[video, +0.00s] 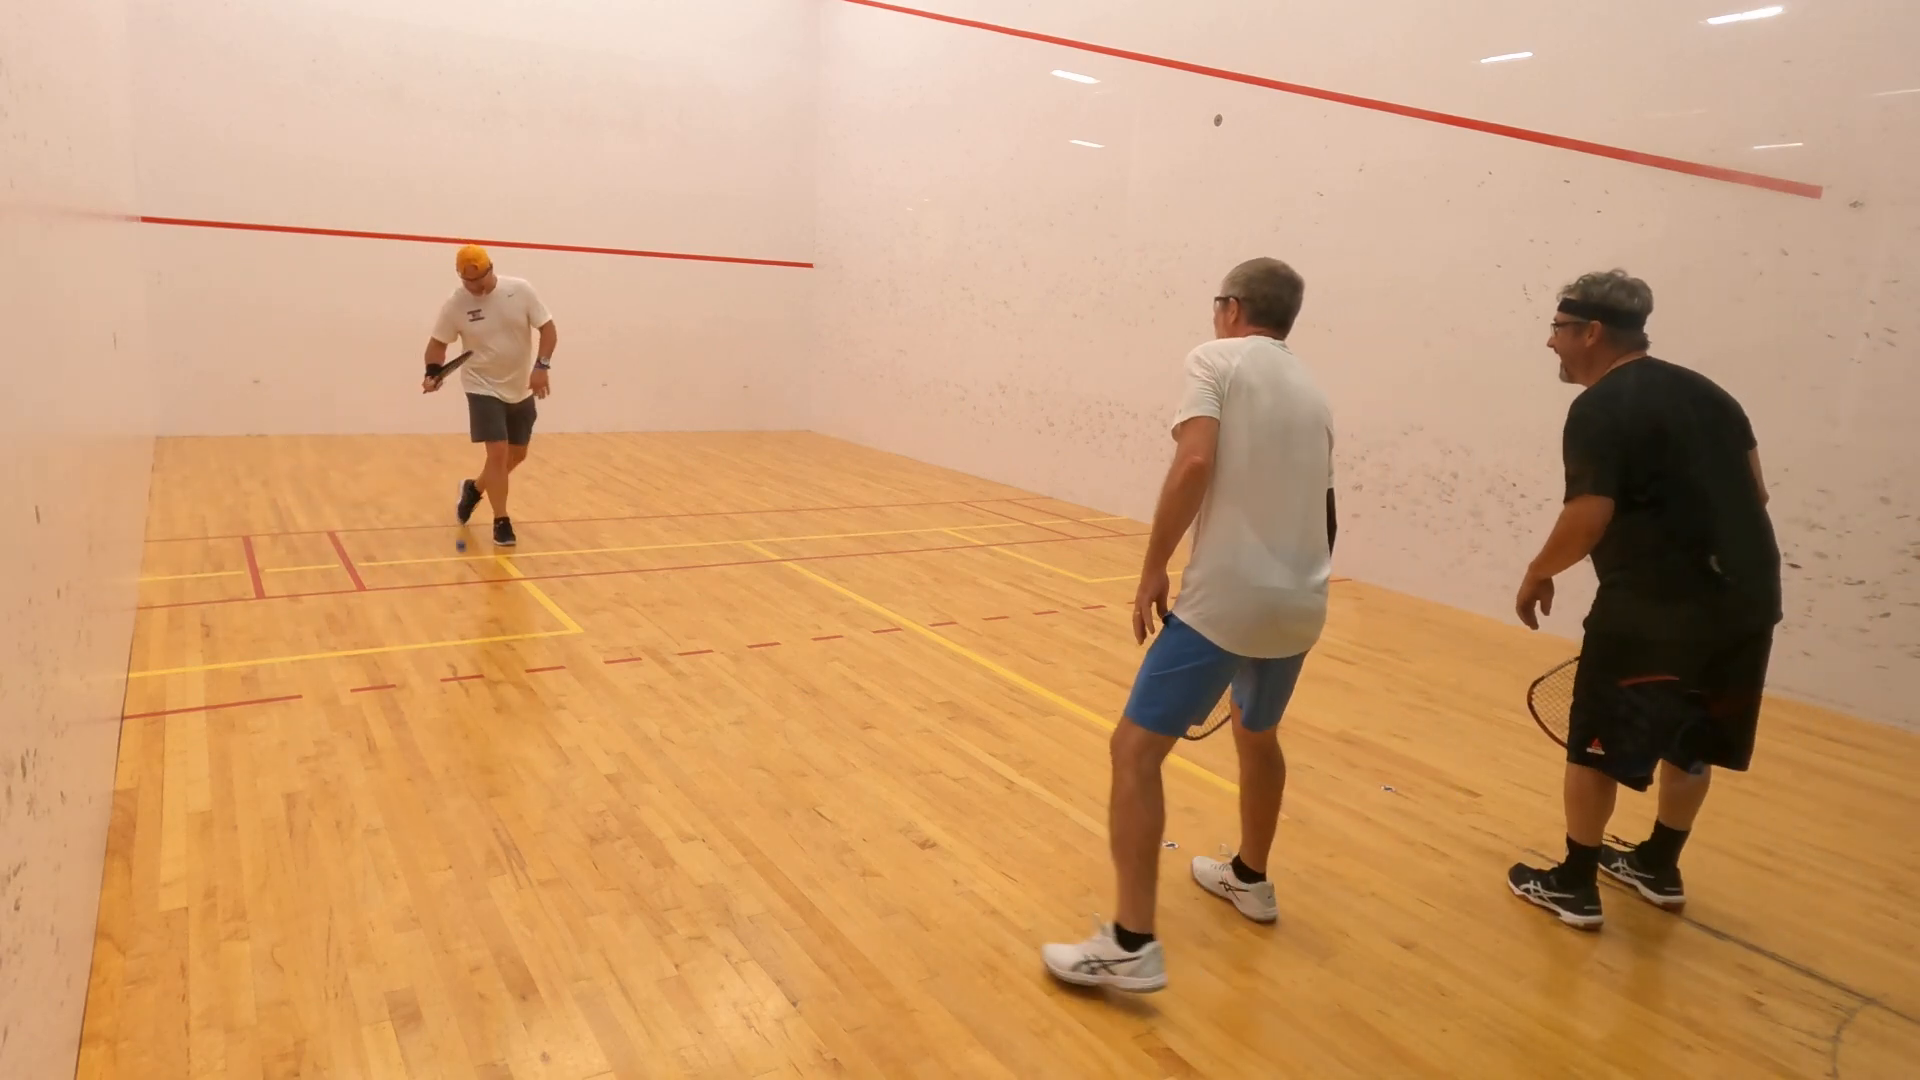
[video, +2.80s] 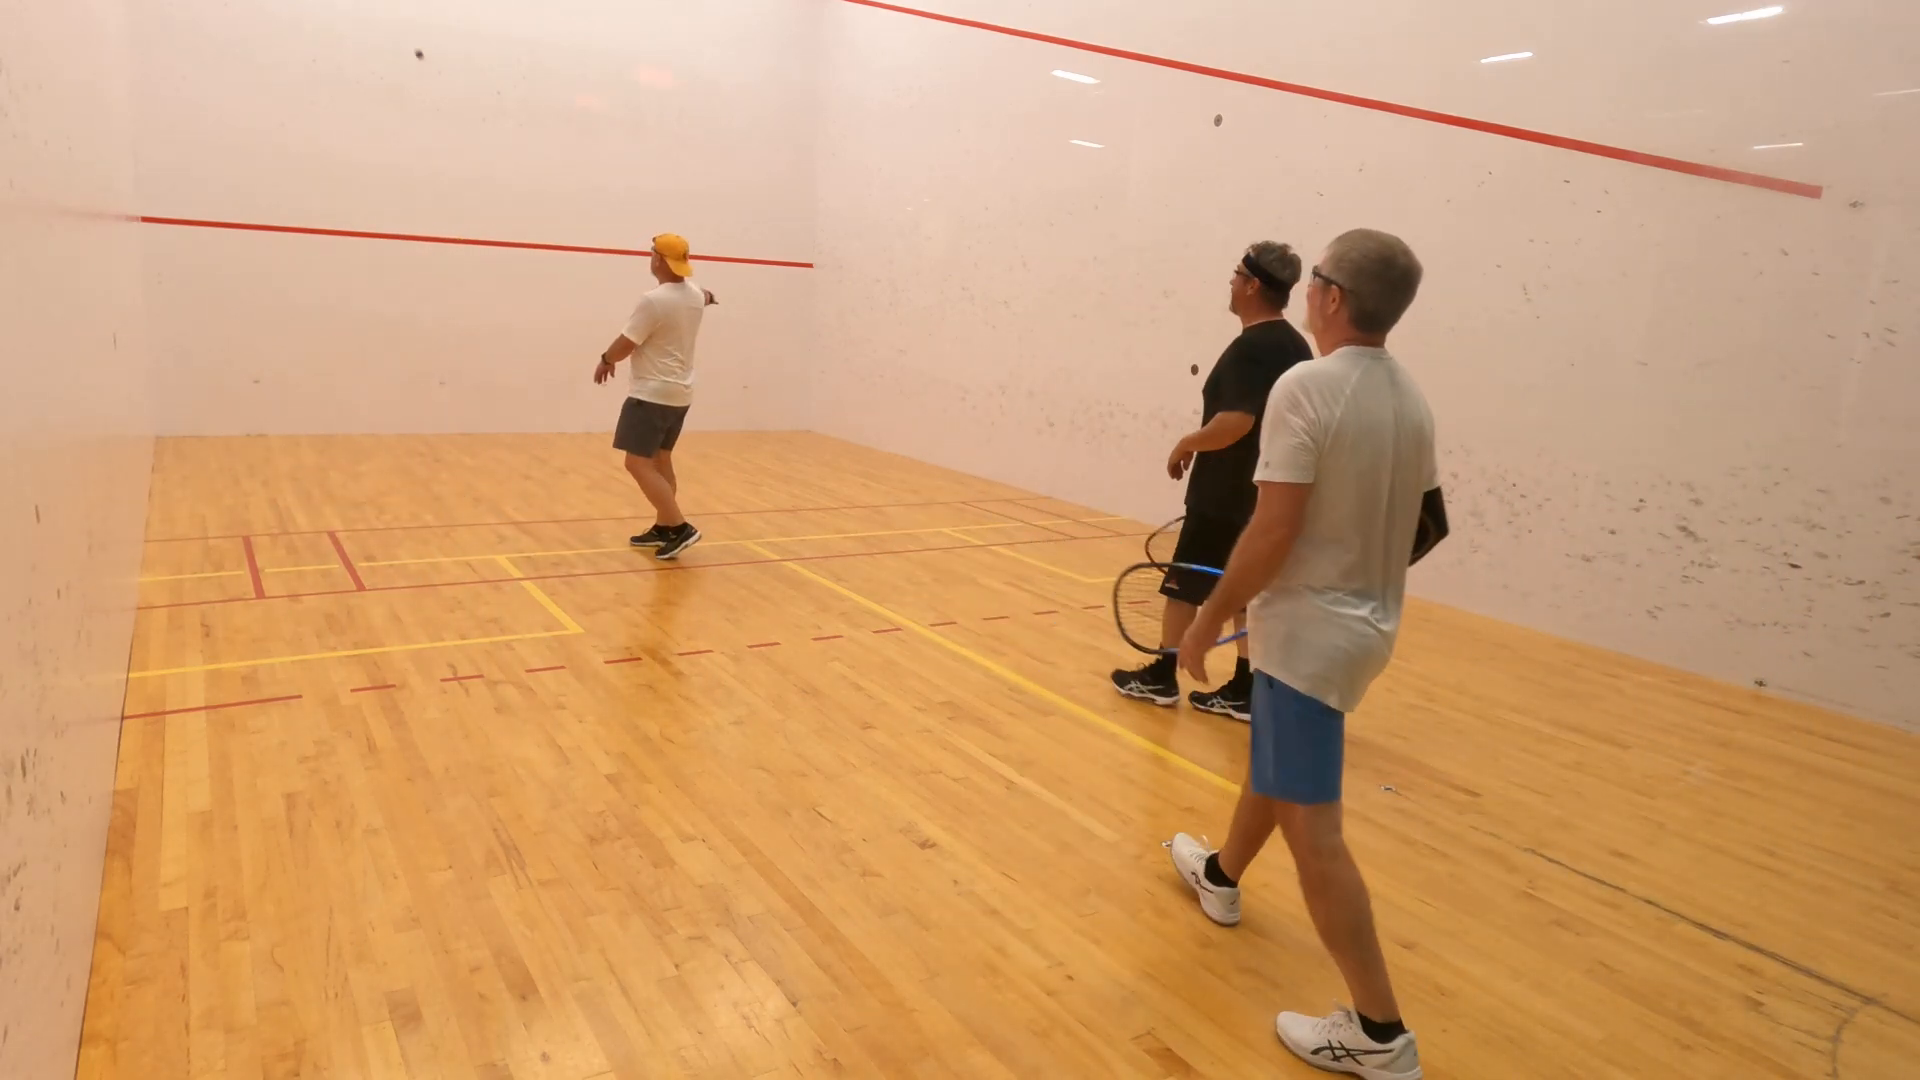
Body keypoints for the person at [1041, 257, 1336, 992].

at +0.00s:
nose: (1214, 321)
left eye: (1218, 309)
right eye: (1219, 310)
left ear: (1233, 311)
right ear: (1284, 322)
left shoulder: (1216, 360)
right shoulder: (1312, 392)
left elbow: (1195, 462)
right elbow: (1323, 521)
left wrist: (1155, 567)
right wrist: (1289, 604)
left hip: (1226, 597)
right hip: (1301, 605)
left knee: (1136, 747)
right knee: (1257, 730)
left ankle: (1132, 942)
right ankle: (1251, 877)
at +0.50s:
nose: (1062, 312)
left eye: (1063, 300)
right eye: (1065, 300)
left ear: (1077, 304)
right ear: (1136, 306)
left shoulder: (1067, 379)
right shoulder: (1183, 379)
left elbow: (1034, 506)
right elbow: (1211, 500)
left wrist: (1005, 599)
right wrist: (1154, 564)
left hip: (1110, 608)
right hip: (1196, 605)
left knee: (1029, 746)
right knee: (1206, 731)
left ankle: (1007, 920)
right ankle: (1235, 874)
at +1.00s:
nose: (1101, 286)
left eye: (1104, 276)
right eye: (1106, 274)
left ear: (1116, 282)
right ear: (1176, 287)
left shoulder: (1101, 363)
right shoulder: (1205, 364)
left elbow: (1056, 482)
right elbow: (1216, 481)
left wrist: (996, 445)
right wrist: (1101, 503)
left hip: (1115, 598)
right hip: (1196, 595)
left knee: (1052, 746)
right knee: (1203, 731)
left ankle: (1009, 917)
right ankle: (1217, 876)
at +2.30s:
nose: (1195, 293)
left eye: (1199, 282)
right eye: (1201, 281)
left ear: (1215, 290)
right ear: (1268, 300)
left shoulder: (1193, 362)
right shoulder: (1287, 376)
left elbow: (1167, 483)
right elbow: (1294, 478)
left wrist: (1123, 521)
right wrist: (1158, 511)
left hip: (1189, 593)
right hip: (1257, 594)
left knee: (1110, 735)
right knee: (1208, 718)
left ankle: (1094, 921)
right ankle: (1210, 876)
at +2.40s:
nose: (1216, 289)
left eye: (1221, 279)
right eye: (1220, 277)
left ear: (1235, 286)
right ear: (1294, 294)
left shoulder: (1216, 358)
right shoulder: (1309, 368)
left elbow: (1187, 480)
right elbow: (1296, 481)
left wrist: (1143, 514)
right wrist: (1172, 517)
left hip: (1207, 591)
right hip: (1273, 591)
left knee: (1138, 741)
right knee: (1215, 723)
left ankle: (1182, 933)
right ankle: (1210, 874)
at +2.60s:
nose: (1263, 296)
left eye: (1269, 286)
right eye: (1269, 284)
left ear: (1286, 298)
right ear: (1338, 308)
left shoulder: (1260, 381)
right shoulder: (1347, 386)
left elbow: (1217, 508)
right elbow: (1345, 509)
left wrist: (1158, 556)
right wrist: (1235, 489)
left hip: (1243, 621)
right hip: (1299, 615)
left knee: (1213, 786)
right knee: (1226, 735)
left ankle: (1334, 965)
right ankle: (1212, 874)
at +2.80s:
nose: (1308, 294)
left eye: (1314, 285)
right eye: (1314, 282)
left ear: (1329, 299)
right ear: (1392, 310)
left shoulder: (1305, 388)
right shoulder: (1408, 399)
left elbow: (1275, 527)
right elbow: (1415, 528)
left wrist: (1208, 620)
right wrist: (1333, 594)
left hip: (1302, 627)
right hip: (1367, 629)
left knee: (1316, 837)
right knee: (1277, 753)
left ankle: (1382, 1030)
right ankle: (1221, 875)